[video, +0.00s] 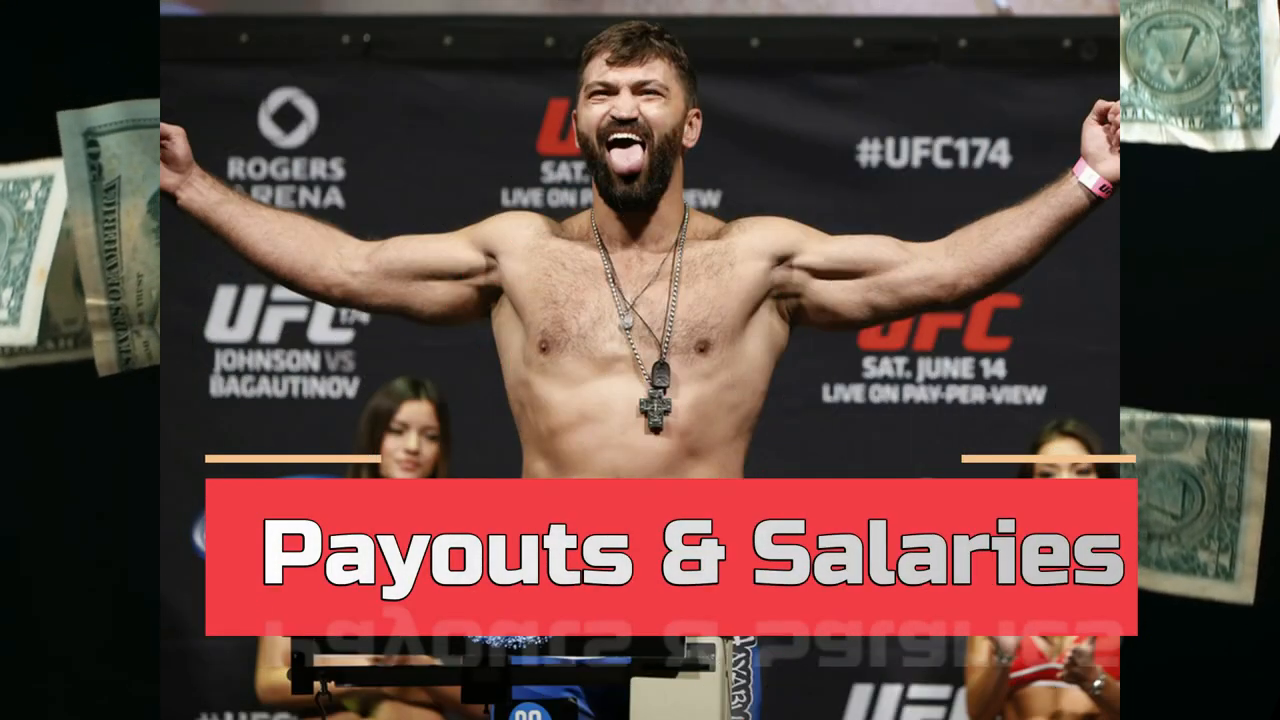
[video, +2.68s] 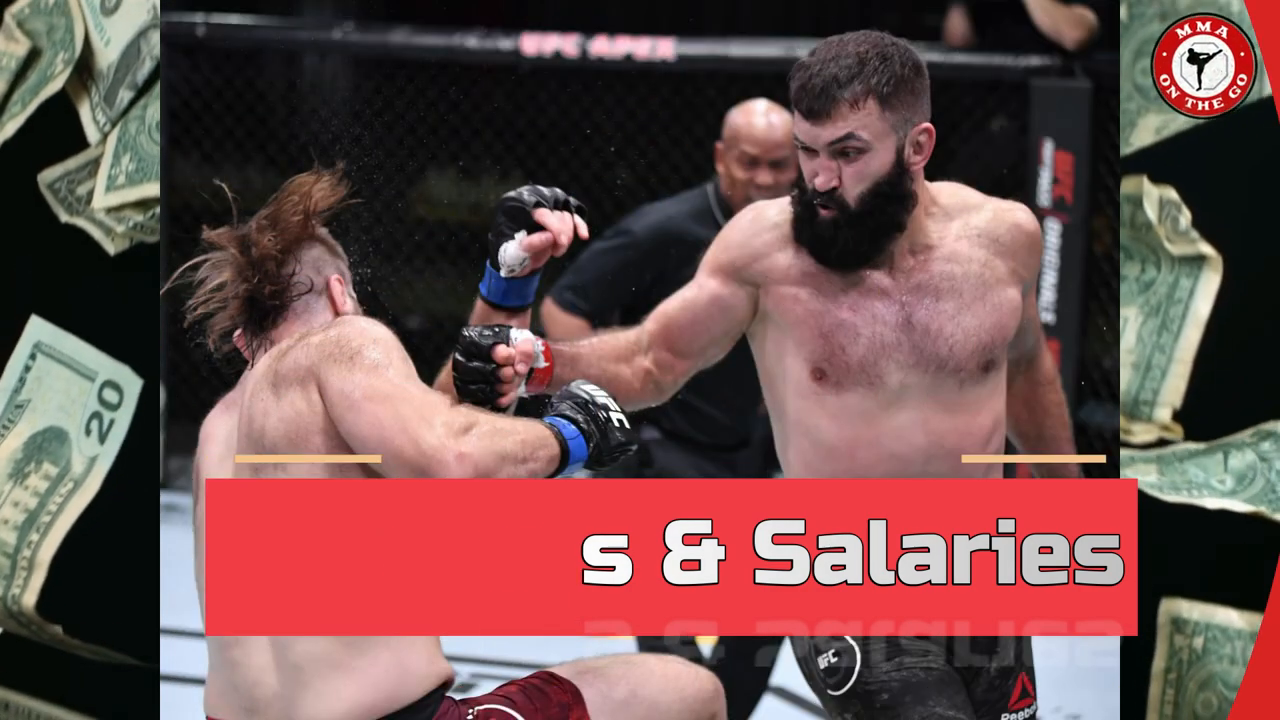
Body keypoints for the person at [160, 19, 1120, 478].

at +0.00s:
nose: (623, 107)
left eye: (647, 93)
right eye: (604, 92)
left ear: (690, 125)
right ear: (574, 124)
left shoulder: (764, 254)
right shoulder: (512, 246)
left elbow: (939, 269)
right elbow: (348, 267)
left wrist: (1082, 185)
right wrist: (196, 190)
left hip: (702, 595)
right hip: (542, 590)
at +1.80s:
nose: (619, 106)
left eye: (646, 91)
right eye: (600, 90)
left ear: (692, 128)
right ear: (571, 123)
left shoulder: (763, 255)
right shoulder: (515, 241)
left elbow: (944, 268)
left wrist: (1086, 180)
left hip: (684, 601)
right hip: (520, 593)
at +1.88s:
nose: (620, 108)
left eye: (647, 91)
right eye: (599, 95)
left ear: (689, 125)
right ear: (571, 132)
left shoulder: (763, 254)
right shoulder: (527, 244)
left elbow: (945, 269)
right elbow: (460, 411)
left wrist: (1090, 178)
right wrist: (481, 372)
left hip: (695, 594)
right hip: (535, 591)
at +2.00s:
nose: (616, 108)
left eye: (634, 92)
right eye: (595, 98)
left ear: (676, 115)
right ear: (580, 140)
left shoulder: (753, 244)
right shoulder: (633, 264)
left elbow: (938, 270)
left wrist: (1086, 180)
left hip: (696, 532)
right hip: (610, 525)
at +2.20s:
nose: (765, 180)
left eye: (779, 165)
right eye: (749, 164)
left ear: (797, 163)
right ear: (720, 157)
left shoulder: (806, 233)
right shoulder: (663, 230)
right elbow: (561, 310)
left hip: (765, 451)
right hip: (674, 449)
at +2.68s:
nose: (766, 181)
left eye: (781, 165)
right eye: (750, 164)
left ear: (800, 162)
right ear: (720, 158)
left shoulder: (803, 238)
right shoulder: (661, 232)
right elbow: (560, 310)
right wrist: (619, 406)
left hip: (768, 463)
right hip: (670, 462)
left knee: (757, 643)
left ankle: (729, 713)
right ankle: (675, 709)